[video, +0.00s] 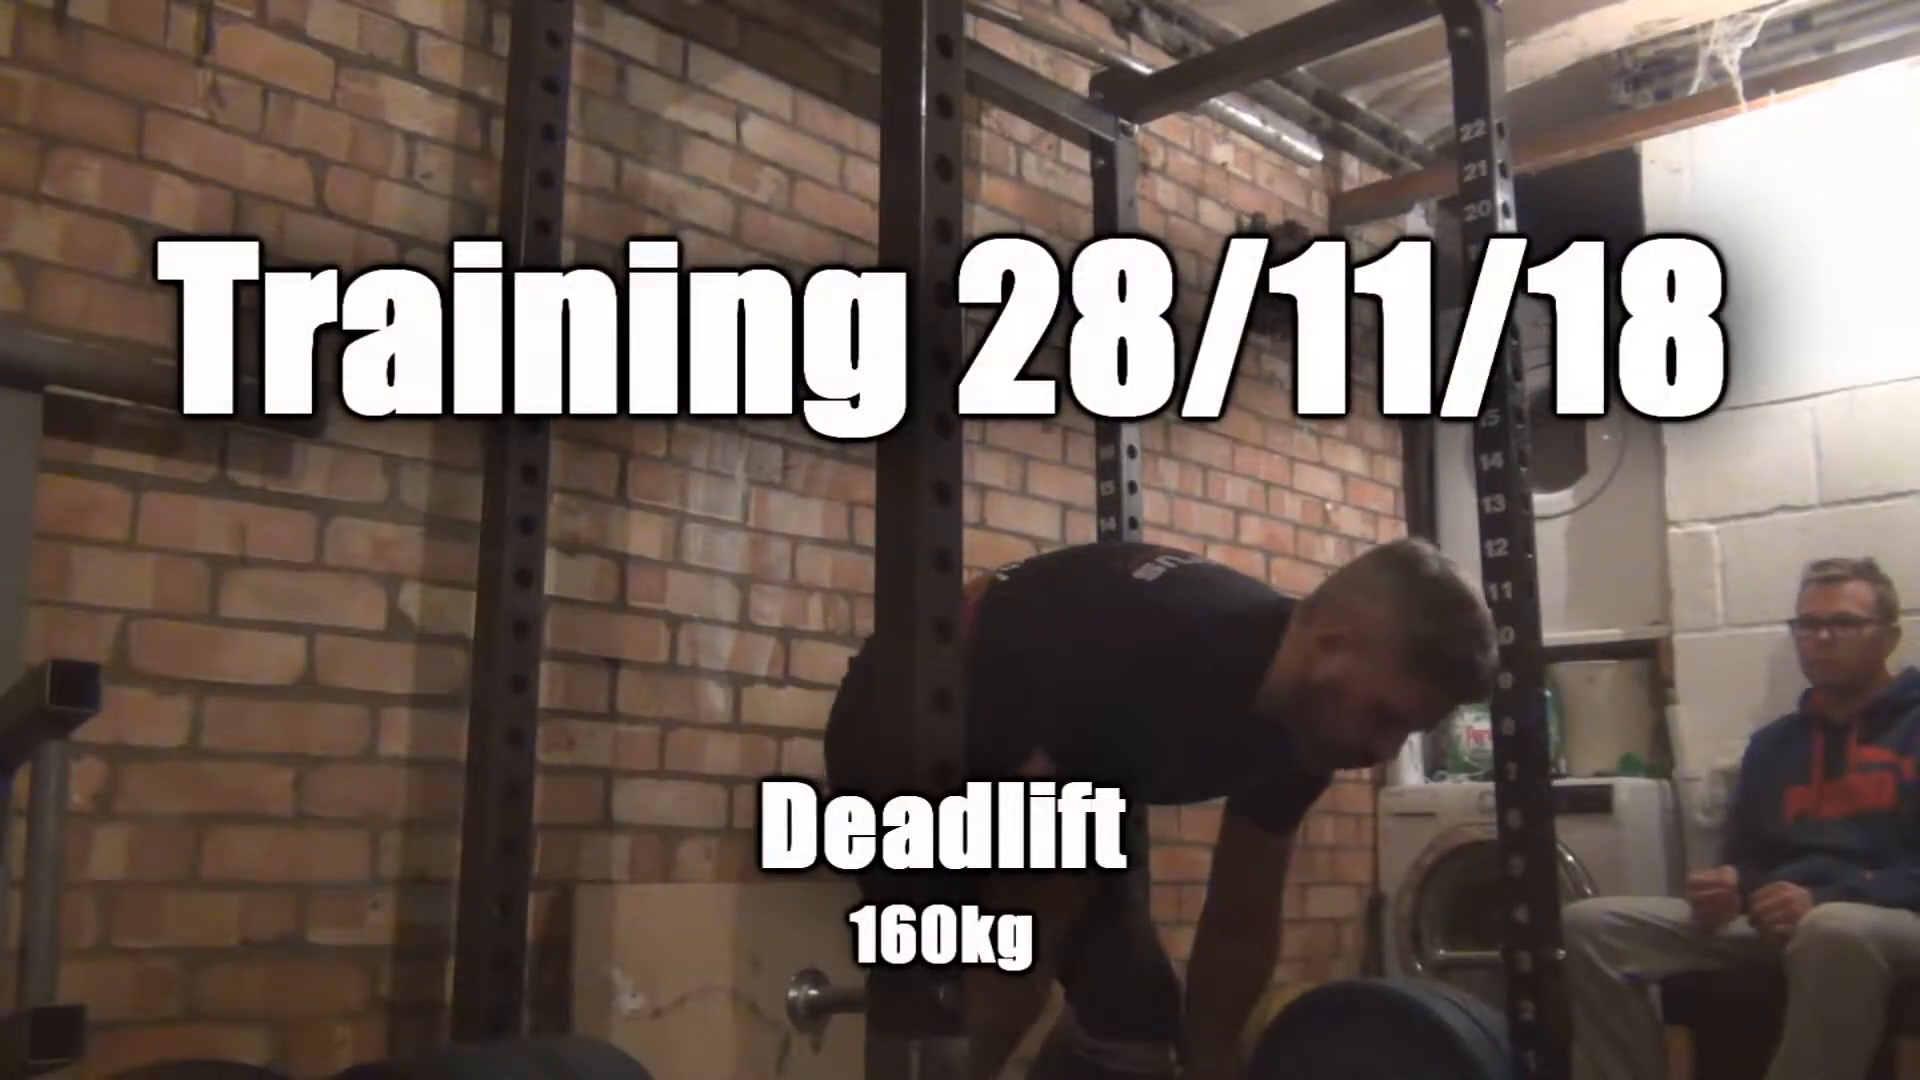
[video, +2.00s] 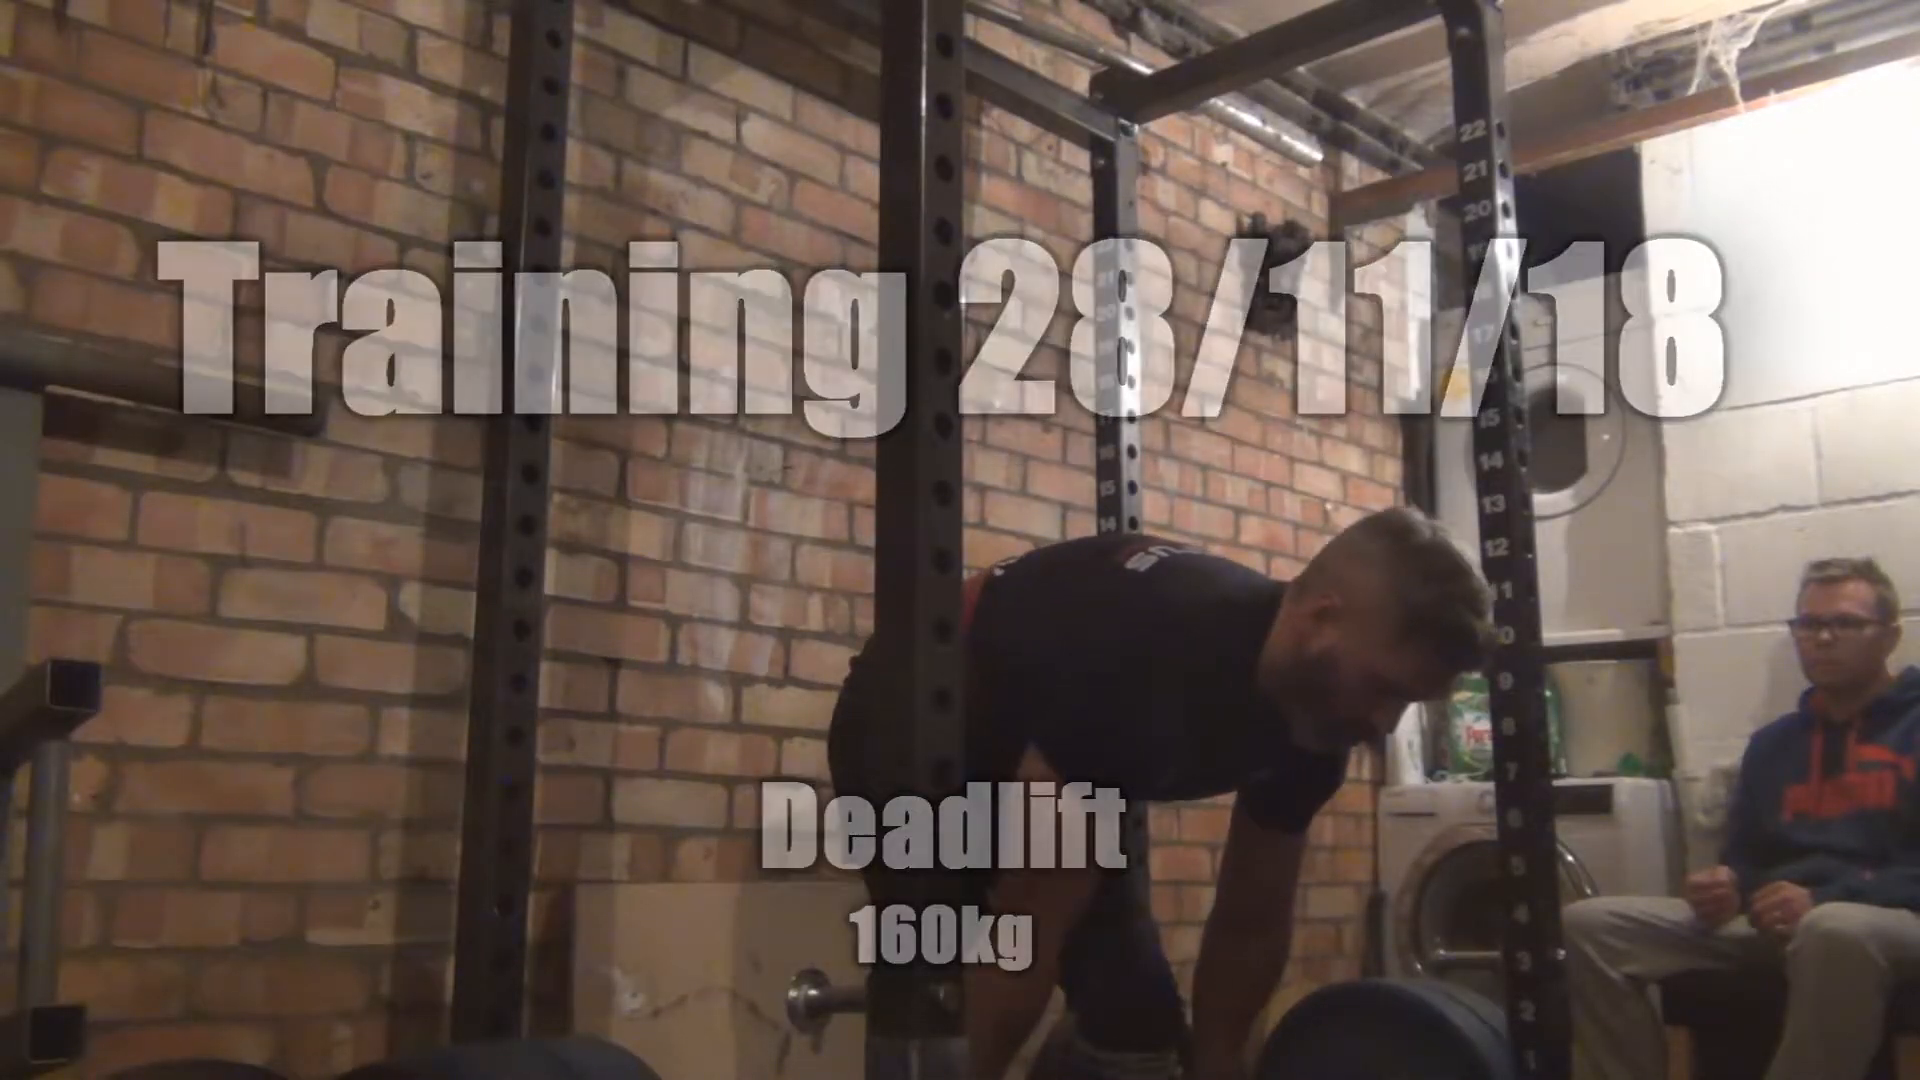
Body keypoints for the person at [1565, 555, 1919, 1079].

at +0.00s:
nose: (1821, 638)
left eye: (1843, 624)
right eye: (1808, 624)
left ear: (1889, 636)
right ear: (1794, 633)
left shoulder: (1911, 723)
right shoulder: (1772, 744)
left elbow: (1912, 873)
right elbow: (1744, 859)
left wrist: (1820, 900)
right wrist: (1729, 889)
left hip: (1893, 920)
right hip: (1772, 920)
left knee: (1832, 936)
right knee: (1588, 928)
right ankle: (1626, 1073)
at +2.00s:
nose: (1822, 638)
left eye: (1844, 624)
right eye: (1809, 624)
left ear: (1890, 636)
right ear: (1794, 634)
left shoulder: (1914, 723)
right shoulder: (1772, 744)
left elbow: (1914, 873)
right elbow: (1745, 858)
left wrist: (1820, 900)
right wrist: (1729, 888)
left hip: (1894, 920)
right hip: (1770, 921)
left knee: (1833, 935)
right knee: (1589, 929)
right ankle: (1629, 1072)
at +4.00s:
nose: (1824, 638)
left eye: (1846, 624)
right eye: (1811, 624)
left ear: (1891, 636)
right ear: (1795, 634)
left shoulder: (1912, 723)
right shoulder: (1773, 745)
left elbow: (1912, 876)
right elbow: (1746, 856)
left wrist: (1819, 901)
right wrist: (1730, 884)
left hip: (1894, 920)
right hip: (1772, 919)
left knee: (1833, 936)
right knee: (1590, 928)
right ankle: (1625, 1073)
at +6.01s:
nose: (1818, 639)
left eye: (1840, 624)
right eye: (1805, 625)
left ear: (1889, 635)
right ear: (1792, 634)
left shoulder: (1913, 722)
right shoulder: (1775, 743)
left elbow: (1914, 870)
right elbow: (1740, 853)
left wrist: (1817, 905)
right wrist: (1726, 890)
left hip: (1892, 917)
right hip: (1766, 917)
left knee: (1834, 936)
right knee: (1587, 929)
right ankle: (1629, 1073)